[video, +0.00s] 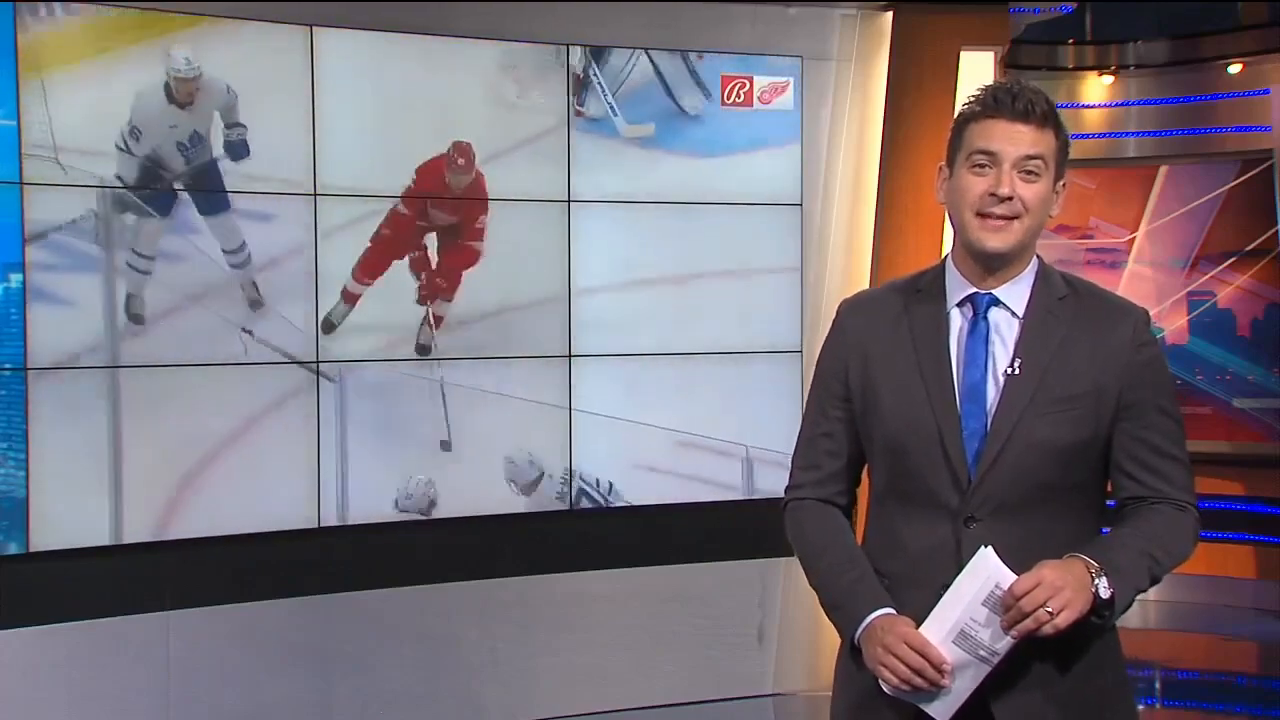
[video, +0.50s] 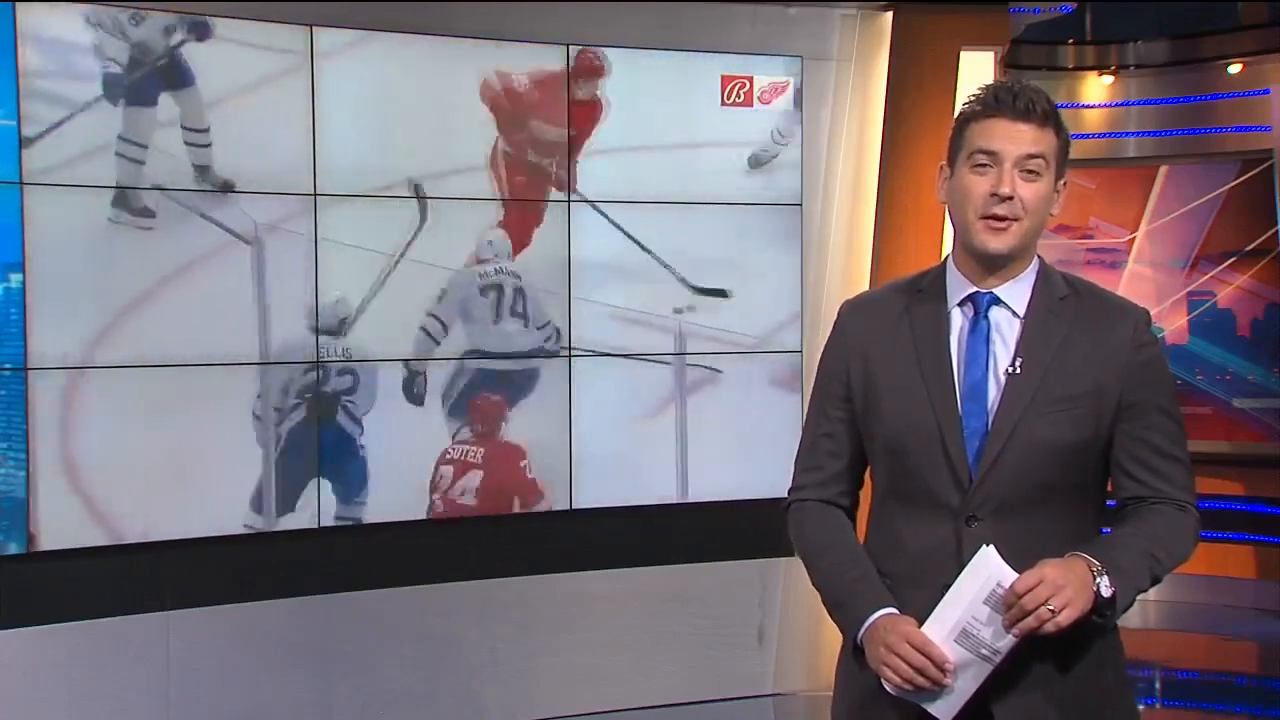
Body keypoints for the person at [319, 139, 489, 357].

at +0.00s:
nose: (457, 180)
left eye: (463, 175)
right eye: (453, 174)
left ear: (473, 172)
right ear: (447, 167)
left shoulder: (477, 190)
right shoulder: (429, 173)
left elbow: (472, 249)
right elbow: (407, 219)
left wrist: (441, 279)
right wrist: (419, 262)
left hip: (453, 226)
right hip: (417, 217)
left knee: (452, 271)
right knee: (379, 251)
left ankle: (429, 327)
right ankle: (346, 302)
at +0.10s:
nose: (464, 180)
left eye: (470, 175)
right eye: (461, 174)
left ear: (478, 172)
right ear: (453, 167)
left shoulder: (477, 199)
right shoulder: (434, 169)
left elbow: (459, 248)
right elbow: (413, 216)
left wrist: (436, 284)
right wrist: (423, 258)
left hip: (447, 220)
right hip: (413, 206)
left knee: (454, 271)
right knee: (392, 257)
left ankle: (423, 324)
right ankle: (351, 316)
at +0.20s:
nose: (491, 158)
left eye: (497, 154)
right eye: (488, 150)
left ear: (504, 154)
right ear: (480, 145)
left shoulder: (500, 182)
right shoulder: (457, 150)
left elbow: (479, 225)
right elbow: (420, 182)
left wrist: (443, 264)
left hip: (458, 217)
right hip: (422, 202)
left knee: (479, 255)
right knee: (398, 253)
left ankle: (435, 319)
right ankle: (354, 308)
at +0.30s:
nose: (524, 132)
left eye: (531, 128)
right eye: (523, 123)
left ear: (537, 129)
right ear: (515, 116)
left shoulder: (531, 155)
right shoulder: (488, 113)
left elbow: (517, 190)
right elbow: (447, 108)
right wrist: (453, 143)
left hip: (487, 196)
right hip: (449, 180)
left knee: (502, 245)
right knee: (418, 233)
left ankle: (455, 303)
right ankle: (363, 297)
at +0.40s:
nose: (558, 99)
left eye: (566, 94)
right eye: (557, 90)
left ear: (572, 95)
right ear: (548, 82)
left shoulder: (568, 119)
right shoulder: (519, 79)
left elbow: (552, 147)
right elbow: (479, 52)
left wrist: (530, 160)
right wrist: (481, 96)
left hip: (517, 166)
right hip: (486, 151)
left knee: (515, 232)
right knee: (475, 217)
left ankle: (462, 286)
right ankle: (418, 278)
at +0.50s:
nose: (595, 87)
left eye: (598, 81)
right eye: (591, 81)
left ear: (600, 80)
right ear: (578, 78)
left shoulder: (594, 108)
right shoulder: (547, 83)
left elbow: (574, 146)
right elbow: (492, 83)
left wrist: (566, 173)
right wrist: (508, 121)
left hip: (543, 165)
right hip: (512, 154)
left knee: (526, 228)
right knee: (522, 216)